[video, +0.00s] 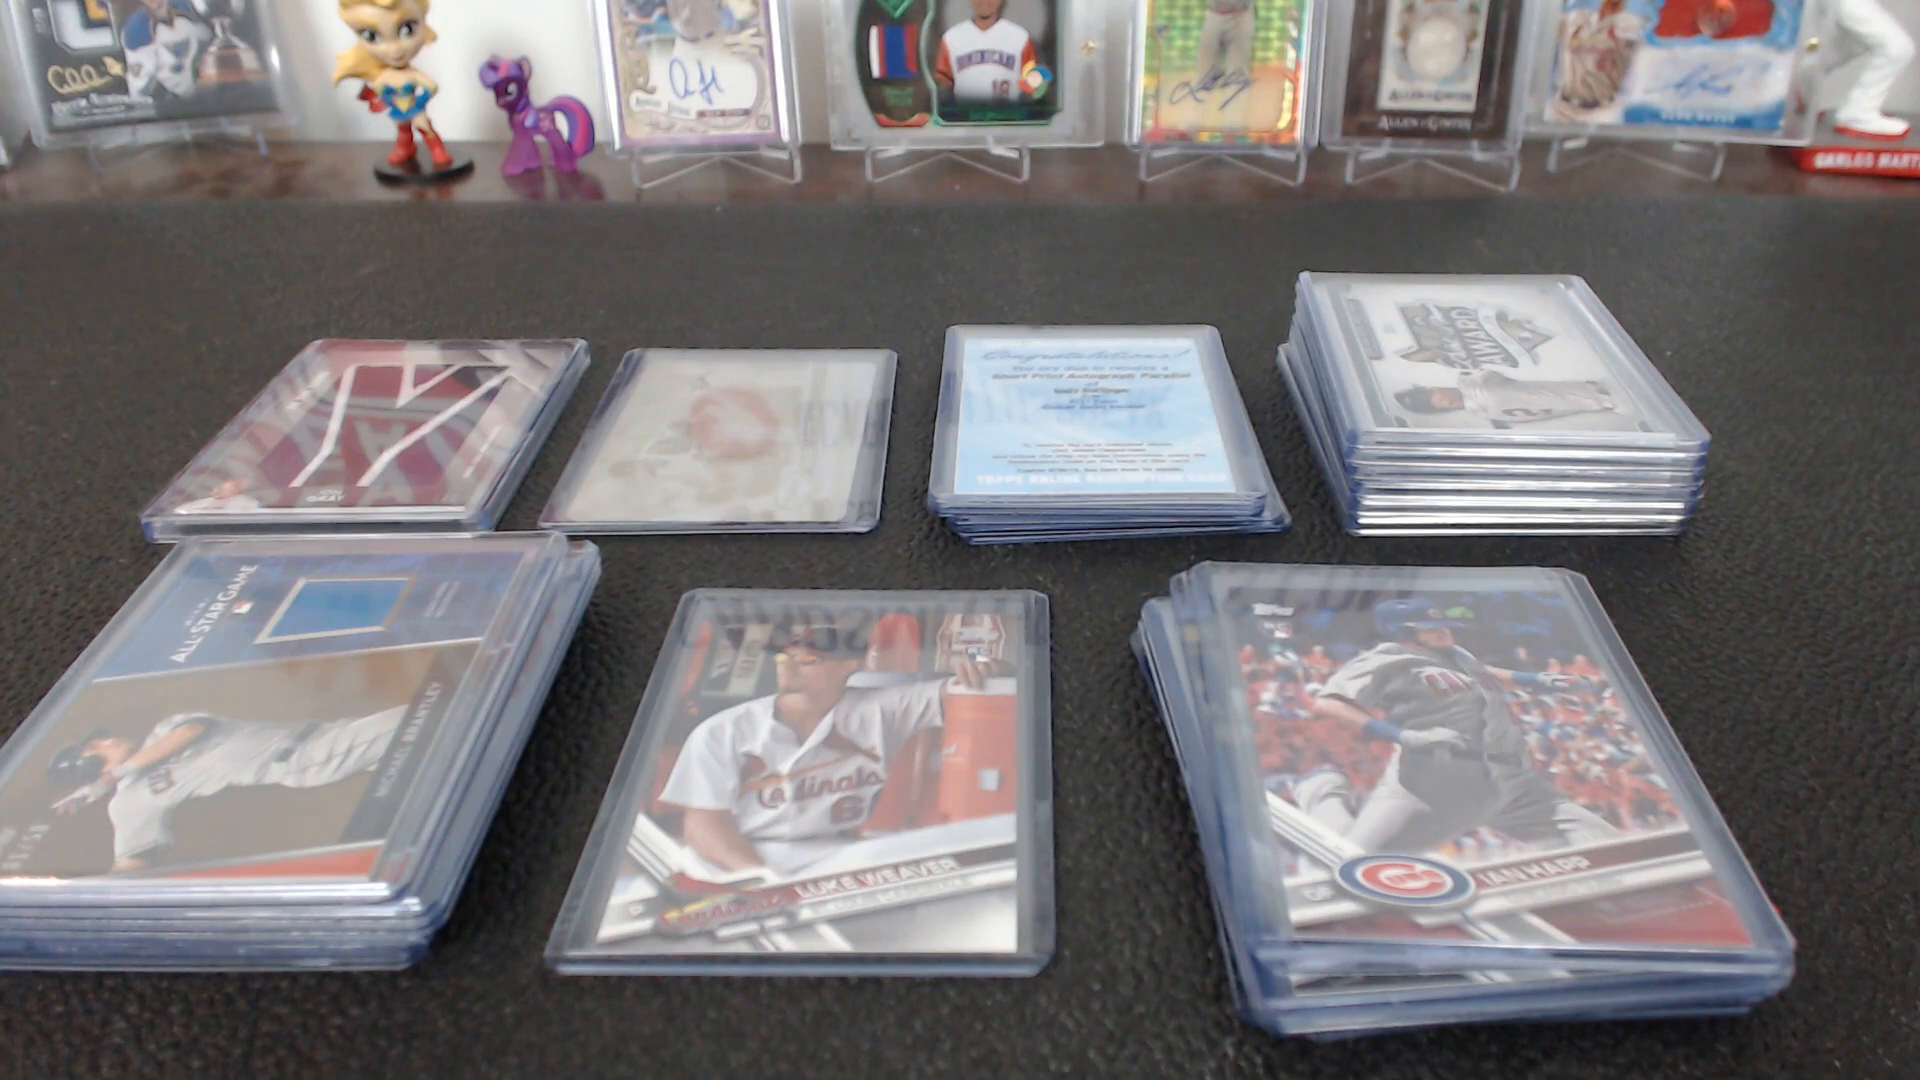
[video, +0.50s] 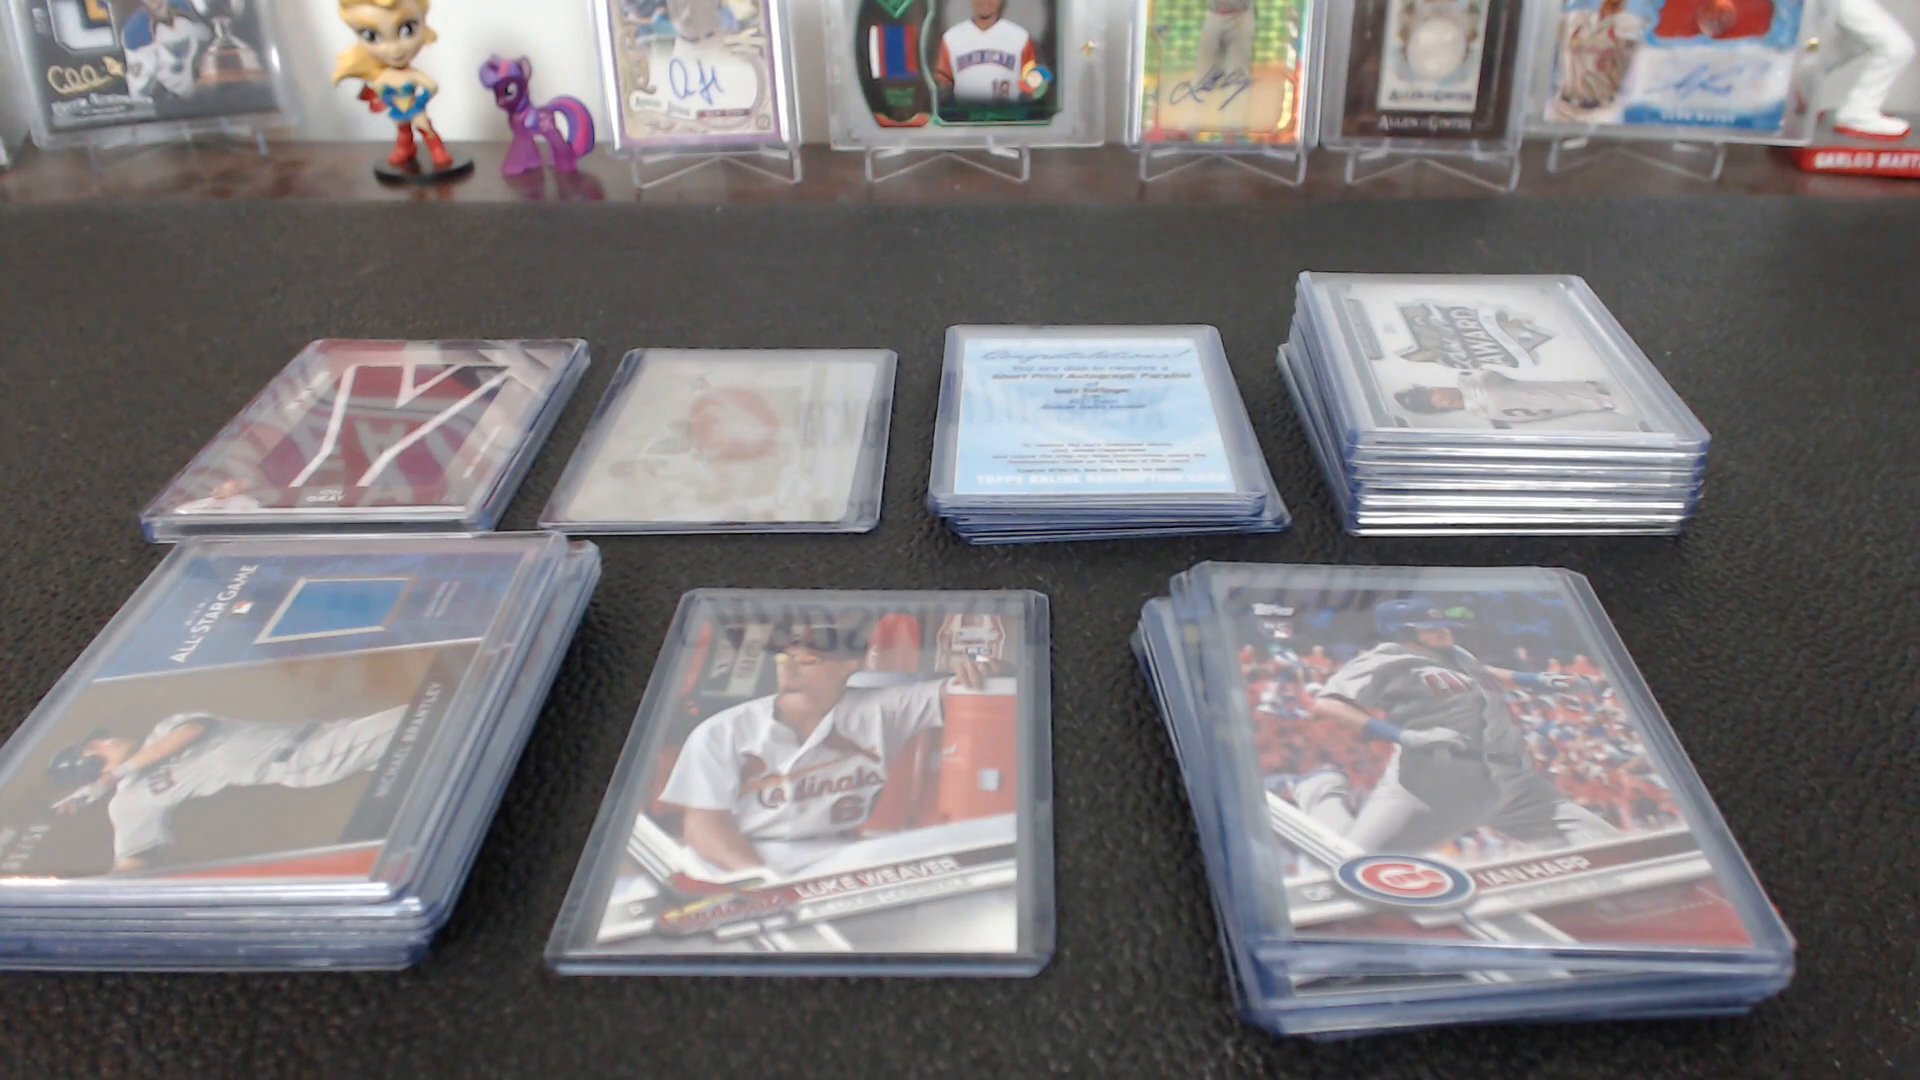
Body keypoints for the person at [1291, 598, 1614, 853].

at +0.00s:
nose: (1445, 631)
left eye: (1444, 622)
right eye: (1433, 623)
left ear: (1445, 625)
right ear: (1405, 629)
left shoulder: (1458, 657)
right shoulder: (1386, 659)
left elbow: (1490, 677)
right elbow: (1328, 704)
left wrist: (1541, 682)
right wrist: (1404, 736)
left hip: (1508, 788)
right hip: (1429, 794)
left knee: (1610, 847)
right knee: (1351, 870)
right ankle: (1322, 793)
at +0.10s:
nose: (1445, 631)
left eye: (1444, 622)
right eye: (1433, 624)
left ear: (1445, 625)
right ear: (1405, 629)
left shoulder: (1458, 657)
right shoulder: (1386, 660)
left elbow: (1490, 677)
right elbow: (1328, 704)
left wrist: (1541, 682)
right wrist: (1404, 736)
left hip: (1508, 788)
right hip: (1429, 795)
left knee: (1610, 848)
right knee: (1351, 870)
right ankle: (1322, 793)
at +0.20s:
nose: (1445, 630)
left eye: (1444, 622)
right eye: (1433, 623)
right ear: (1406, 629)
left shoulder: (1458, 656)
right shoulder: (1386, 660)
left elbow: (1490, 677)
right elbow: (1328, 704)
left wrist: (1541, 682)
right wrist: (1404, 736)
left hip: (1508, 787)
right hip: (1429, 795)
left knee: (1609, 847)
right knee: (1352, 869)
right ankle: (1321, 792)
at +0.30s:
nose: (1445, 631)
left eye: (1444, 623)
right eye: (1433, 624)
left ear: (1445, 626)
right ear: (1405, 630)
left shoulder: (1458, 657)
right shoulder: (1386, 660)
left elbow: (1490, 677)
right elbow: (1328, 704)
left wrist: (1541, 682)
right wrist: (1404, 736)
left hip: (1508, 788)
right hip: (1428, 795)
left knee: (1610, 847)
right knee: (1351, 870)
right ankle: (1322, 793)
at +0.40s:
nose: (1445, 631)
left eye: (1444, 623)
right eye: (1433, 624)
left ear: (1445, 626)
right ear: (1405, 630)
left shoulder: (1458, 657)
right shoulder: (1386, 660)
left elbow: (1490, 677)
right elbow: (1328, 704)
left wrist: (1541, 682)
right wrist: (1404, 736)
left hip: (1508, 788)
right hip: (1428, 795)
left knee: (1610, 847)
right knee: (1351, 870)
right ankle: (1322, 793)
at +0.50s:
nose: (1445, 631)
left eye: (1444, 622)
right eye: (1433, 623)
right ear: (1406, 630)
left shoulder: (1458, 656)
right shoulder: (1386, 660)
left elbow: (1490, 677)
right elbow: (1328, 704)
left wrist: (1541, 682)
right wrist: (1404, 736)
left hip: (1508, 787)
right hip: (1428, 795)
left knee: (1609, 847)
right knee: (1352, 869)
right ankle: (1321, 792)